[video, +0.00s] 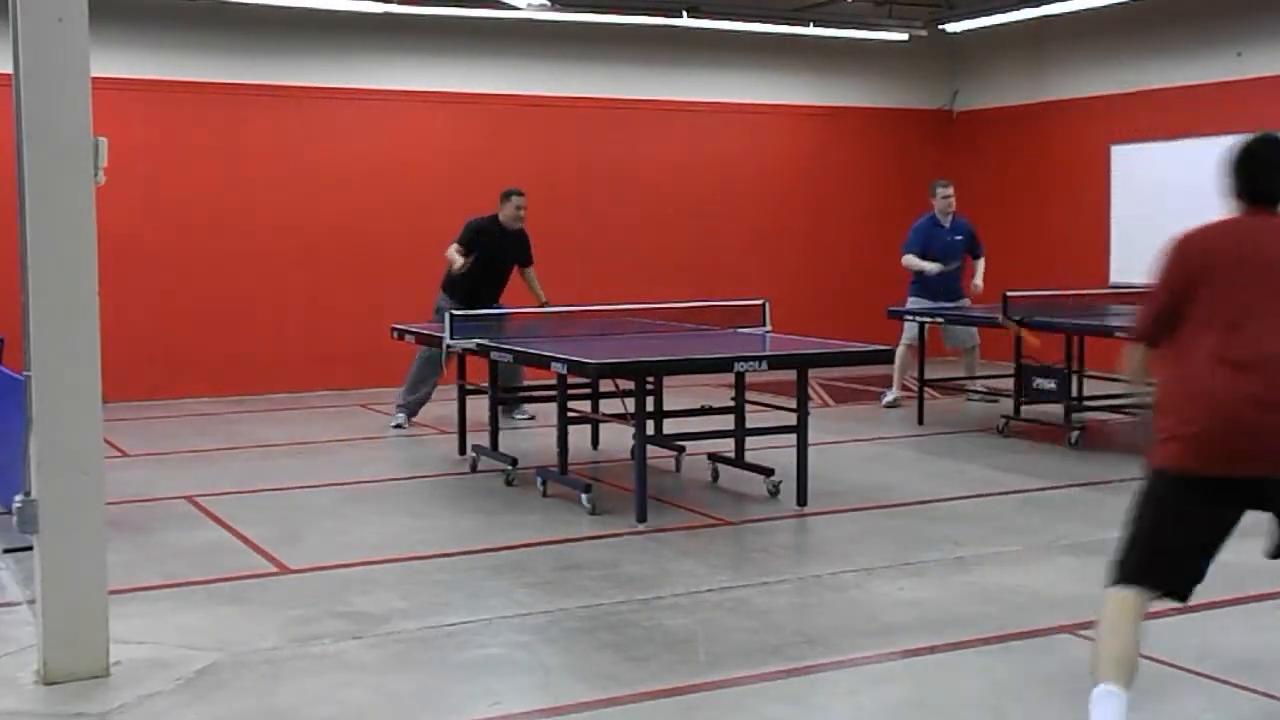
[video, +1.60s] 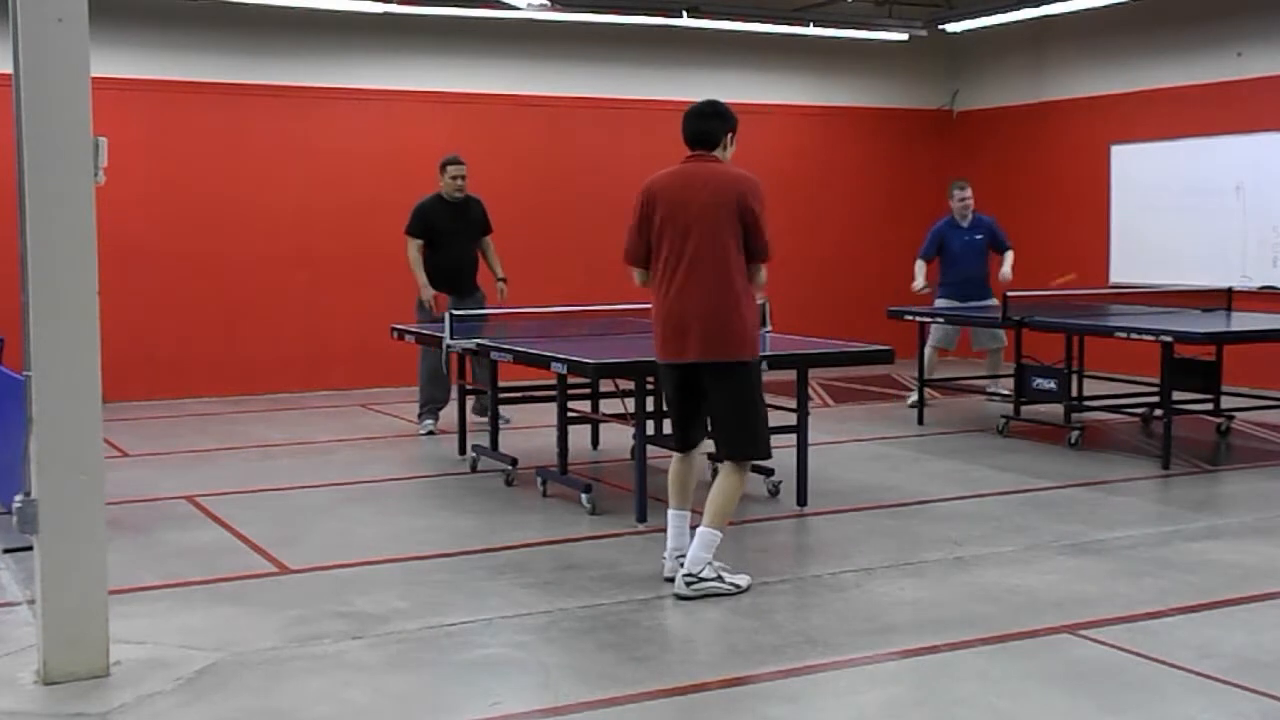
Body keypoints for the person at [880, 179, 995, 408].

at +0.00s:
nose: (951, 201)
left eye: (952, 197)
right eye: (945, 198)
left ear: (956, 198)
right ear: (933, 201)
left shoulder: (964, 228)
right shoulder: (921, 228)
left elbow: (978, 255)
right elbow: (907, 258)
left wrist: (978, 278)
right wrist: (926, 266)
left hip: (955, 297)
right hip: (922, 297)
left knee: (971, 343)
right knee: (908, 342)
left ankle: (973, 387)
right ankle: (896, 390)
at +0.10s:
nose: (939, 206)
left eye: (942, 201)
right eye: (933, 202)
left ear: (946, 202)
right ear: (923, 206)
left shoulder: (957, 231)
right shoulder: (912, 233)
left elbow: (975, 259)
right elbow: (896, 264)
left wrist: (970, 282)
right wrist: (911, 279)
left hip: (952, 300)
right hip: (919, 301)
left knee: (971, 343)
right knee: (902, 344)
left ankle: (973, 387)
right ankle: (892, 389)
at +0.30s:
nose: (952, 189)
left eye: (956, 186)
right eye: (948, 185)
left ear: (961, 189)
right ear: (938, 185)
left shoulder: (964, 216)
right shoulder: (923, 216)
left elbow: (968, 250)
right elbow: (904, 245)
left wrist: (941, 262)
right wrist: (878, 262)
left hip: (954, 292)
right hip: (923, 290)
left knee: (959, 345)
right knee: (913, 340)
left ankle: (960, 391)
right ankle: (913, 387)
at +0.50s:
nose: (942, 192)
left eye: (946, 189)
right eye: (938, 187)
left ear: (950, 191)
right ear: (927, 188)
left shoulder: (955, 217)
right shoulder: (913, 219)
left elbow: (955, 249)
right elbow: (905, 252)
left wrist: (922, 242)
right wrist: (915, 258)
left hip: (950, 289)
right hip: (921, 289)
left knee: (957, 346)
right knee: (914, 344)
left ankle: (960, 391)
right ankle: (912, 388)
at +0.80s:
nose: (935, 190)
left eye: (938, 186)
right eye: (930, 186)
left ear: (941, 188)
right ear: (918, 189)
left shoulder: (951, 215)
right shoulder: (908, 220)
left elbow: (967, 241)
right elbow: (905, 254)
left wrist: (956, 255)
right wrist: (932, 252)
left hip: (952, 289)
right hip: (921, 292)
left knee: (962, 339)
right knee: (913, 343)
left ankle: (970, 387)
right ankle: (913, 387)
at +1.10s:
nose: (960, 194)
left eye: (962, 190)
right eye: (955, 191)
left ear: (964, 193)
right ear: (942, 193)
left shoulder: (967, 220)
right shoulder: (929, 222)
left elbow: (972, 246)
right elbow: (920, 254)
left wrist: (982, 265)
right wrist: (945, 258)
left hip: (965, 291)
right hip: (935, 293)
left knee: (983, 338)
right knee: (919, 342)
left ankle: (993, 383)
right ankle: (913, 387)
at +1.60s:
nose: (966, 203)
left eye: (969, 199)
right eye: (961, 200)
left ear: (973, 200)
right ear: (951, 202)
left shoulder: (986, 225)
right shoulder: (941, 229)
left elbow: (1008, 249)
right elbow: (923, 258)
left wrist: (1006, 267)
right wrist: (919, 279)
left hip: (982, 298)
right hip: (949, 298)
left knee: (997, 343)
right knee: (934, 344)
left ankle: (993, 385)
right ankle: (920, 389)